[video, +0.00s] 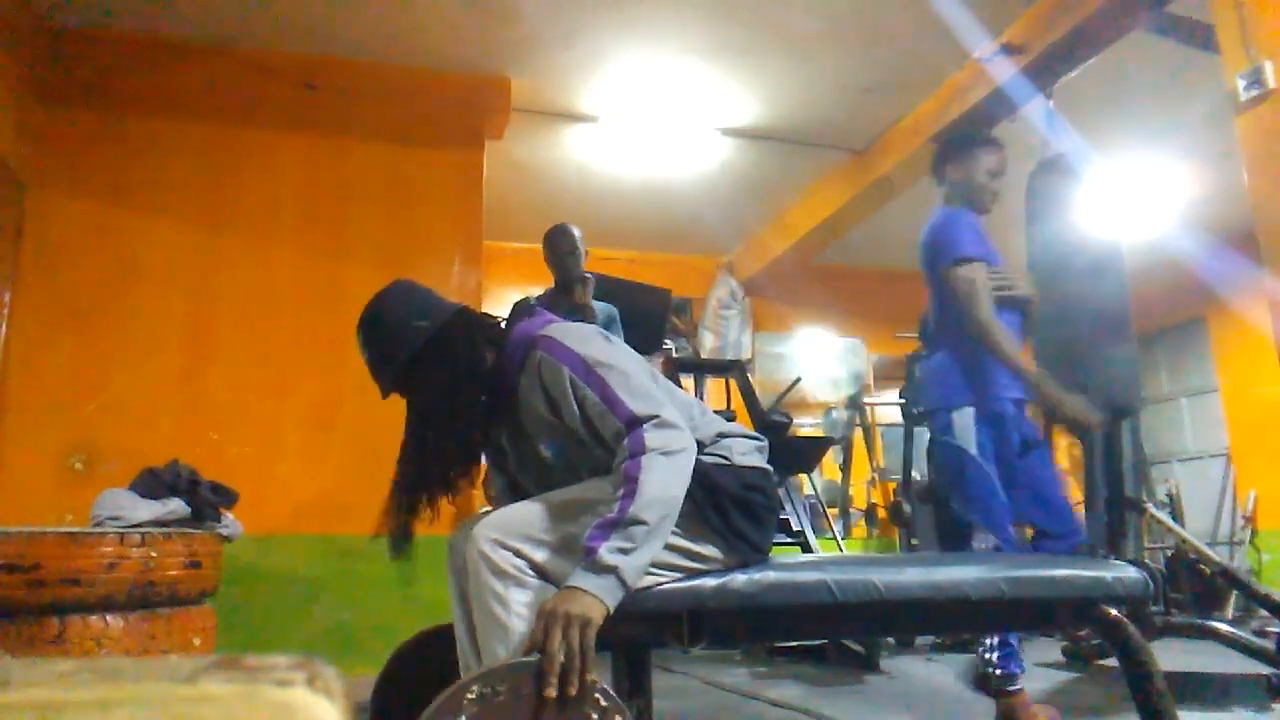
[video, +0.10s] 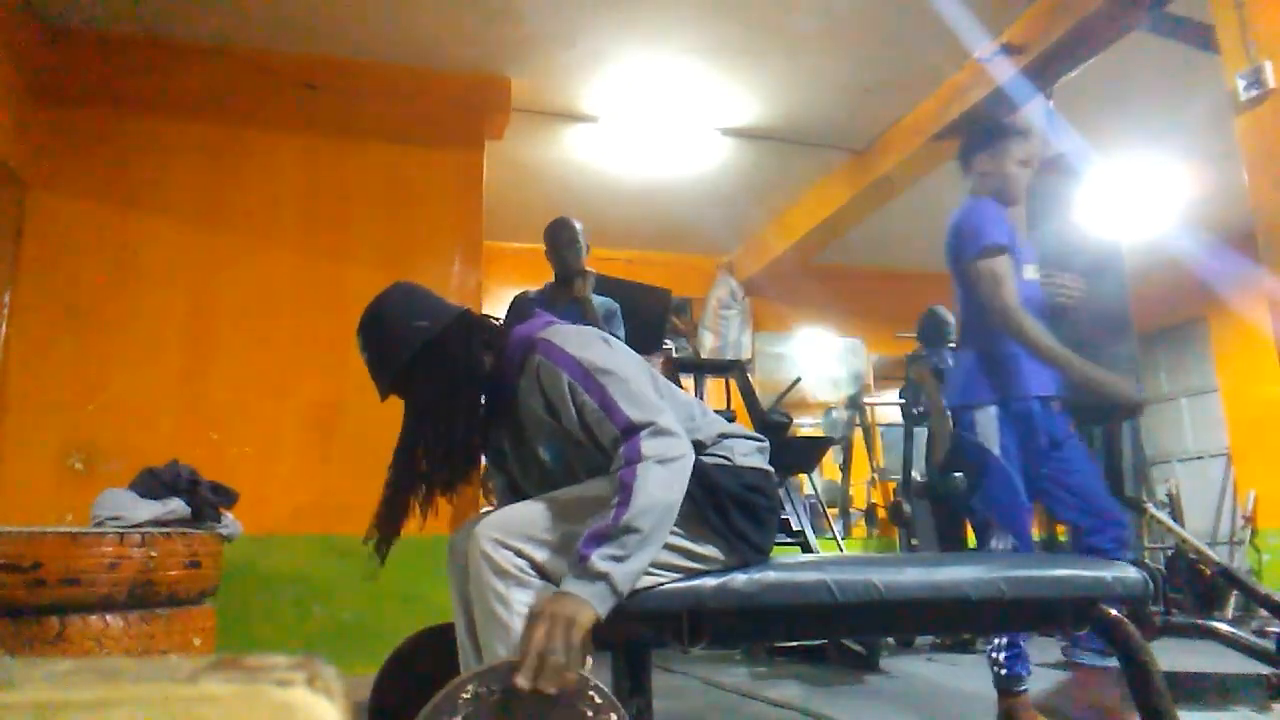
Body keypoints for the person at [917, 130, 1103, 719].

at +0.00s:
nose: (999, 187)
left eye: (1001, 176)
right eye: (990, 174)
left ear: (963, 173)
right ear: (952, 170)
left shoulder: (970, 234)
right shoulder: (952, 227)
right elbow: (978, 321)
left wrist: (1025, 301)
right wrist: (1053, 394)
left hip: (1003, 406)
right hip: (967, 407)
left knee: (1064, 531)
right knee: (993, 539)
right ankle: (1006, 684)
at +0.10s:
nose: (1030, 176)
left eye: (1033, 165)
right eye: (1021, 163)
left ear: (1006, 166)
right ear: (983, 162)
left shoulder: (1007, 226)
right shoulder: (977, 216)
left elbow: (1012, 304)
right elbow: (1001, 308)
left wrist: (1061, 296)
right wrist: (1090, 373)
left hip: (1037, 404)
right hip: (988, 406)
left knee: (1105, 525)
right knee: (1006, 541)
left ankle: (1093, 672)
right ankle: (1012, 687)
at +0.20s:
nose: (1061, 157)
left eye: (1060, 146)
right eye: (1047, 145)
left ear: (1042, 156)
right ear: (1010, 154)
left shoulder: (1045, 224)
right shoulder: (1009, 213)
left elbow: (1059, 318)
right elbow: (1025, 308)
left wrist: (1108, 318)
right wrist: (1116, 366)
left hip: (1069, 400)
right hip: (1020, 404)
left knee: (1128, 531)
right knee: (1025, 543)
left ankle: (1178, 681)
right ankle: (1019, 693)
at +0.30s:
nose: (1089, 152)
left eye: (1089, 141)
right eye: (1078, 142)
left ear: (1066, 150)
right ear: (1045, 150)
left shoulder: (1085, 217)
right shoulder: (1042, 208)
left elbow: (1093, 311)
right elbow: (1047, 306)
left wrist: (1144, 318)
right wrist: (1127, 370)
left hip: (1115, 405)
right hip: (1068, 406)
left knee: (1167, 548)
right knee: (1068, 550)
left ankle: (1222, 695)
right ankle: (1025, 695)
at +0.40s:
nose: (1134, 149)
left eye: (1133, 138)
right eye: (1121, 138)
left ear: (1127, 144)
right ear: (1086, 145)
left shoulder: (1130, 215)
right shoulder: (1079, 208)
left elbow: (1143, 316)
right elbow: (1074, 307)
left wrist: (1192, 304)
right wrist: (1127, 386)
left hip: (1161, 399)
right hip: (1119, 404)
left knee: (1199, 545)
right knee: (1144, 549)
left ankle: (1234, 692)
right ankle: (1052, 673)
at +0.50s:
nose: (1175, 136)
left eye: (1175, 126)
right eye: (1162, 124)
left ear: (1135, 137)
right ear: (1118, 134)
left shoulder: (1158, 206)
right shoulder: (1112, 192)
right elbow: (1096, 298)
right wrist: (1122, 392)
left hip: (1201, 392)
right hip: (1177, 394)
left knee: (1209, 538)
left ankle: (1234, 688)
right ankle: (1123, 639)